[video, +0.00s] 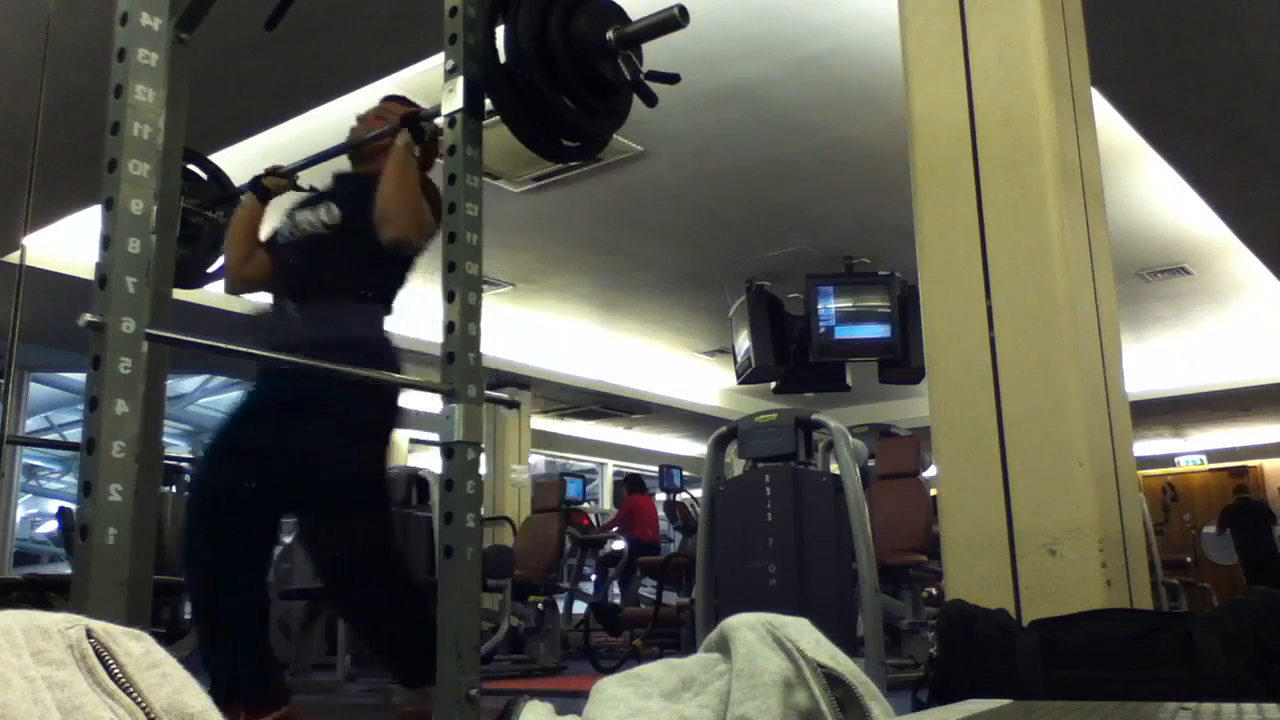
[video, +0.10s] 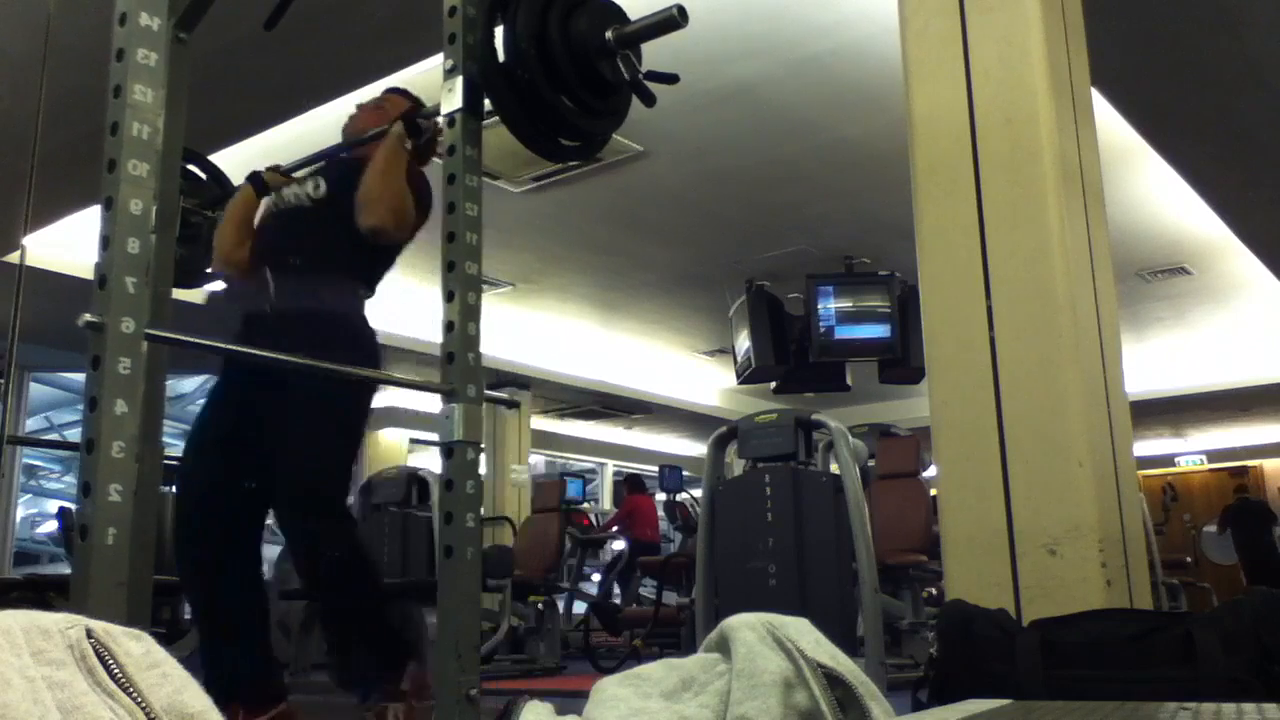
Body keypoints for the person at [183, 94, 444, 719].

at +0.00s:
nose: (373, 118)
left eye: (389, 114)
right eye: (370, 112)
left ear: (409, 140)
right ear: (354, 135)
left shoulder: (412, 195)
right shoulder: (315, 210)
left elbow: (399, 231)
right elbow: (240, 271)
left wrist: (412, 147)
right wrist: (258, 194)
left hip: (351, 379)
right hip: (287, 380)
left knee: (351, 546)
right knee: (220, 517)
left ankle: (432, 681)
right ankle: (250, 694)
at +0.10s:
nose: (366, 104)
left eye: (383, 101)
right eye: (368, 99)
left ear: (404, 128)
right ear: (353, 122)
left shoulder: (404, 181)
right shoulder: (304, 187)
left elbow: (380, 221)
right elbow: (230, 259)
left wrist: (403, 141)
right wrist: (253, 186)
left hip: (329, 352)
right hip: (258, 352)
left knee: (311, 510)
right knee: (207, 516)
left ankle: (391, 675)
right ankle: (248, 692)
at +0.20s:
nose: (368, 95)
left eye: (384, 94)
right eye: (372, 89)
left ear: (404, 124)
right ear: (356, 110)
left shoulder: (402, 177)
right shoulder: (299, 175)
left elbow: (365, 213)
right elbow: (225, 245)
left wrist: (399, 133)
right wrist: (251, 178)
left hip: (324, 331)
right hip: (254, 328)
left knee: (301, 498)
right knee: (218, 498)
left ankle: (386, 666)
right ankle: (248, 690)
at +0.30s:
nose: (368, 91)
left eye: (387, 91)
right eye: (372, 86)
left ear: (406, 123)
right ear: (352, 108)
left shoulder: (400, 171)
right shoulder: (297, 173)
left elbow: (361, 206)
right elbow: (220, 235)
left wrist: (397, 127)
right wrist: (255, 172)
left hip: (325, 325)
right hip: (256, 325)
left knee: (308, 500)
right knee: (227, 509)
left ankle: (388, 667)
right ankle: (250, 692)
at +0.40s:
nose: (368, 88)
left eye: (387, 87)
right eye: (372, 83)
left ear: (410, 117)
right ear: (355, 109)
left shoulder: (404, 165)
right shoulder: (305, 173)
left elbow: (370, 201)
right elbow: (220, 227)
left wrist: (402, 124)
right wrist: (259, 167)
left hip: (331, 323)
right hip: (264, 323)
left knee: (327, 505)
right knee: (238, 509)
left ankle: (392, 669)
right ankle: (250, 692)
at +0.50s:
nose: (375, 94)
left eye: (393, 91)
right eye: (377, 89)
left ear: (417, 121)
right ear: (361, 114)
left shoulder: (413, 170)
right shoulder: (320, 184)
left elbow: (378, 197)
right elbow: (227, 228)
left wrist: (407, 124)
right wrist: (267, 170)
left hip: (343, 326)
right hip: (280, 328)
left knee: (341, 505)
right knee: (239, 510)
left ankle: (397, 679)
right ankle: (252, 693)